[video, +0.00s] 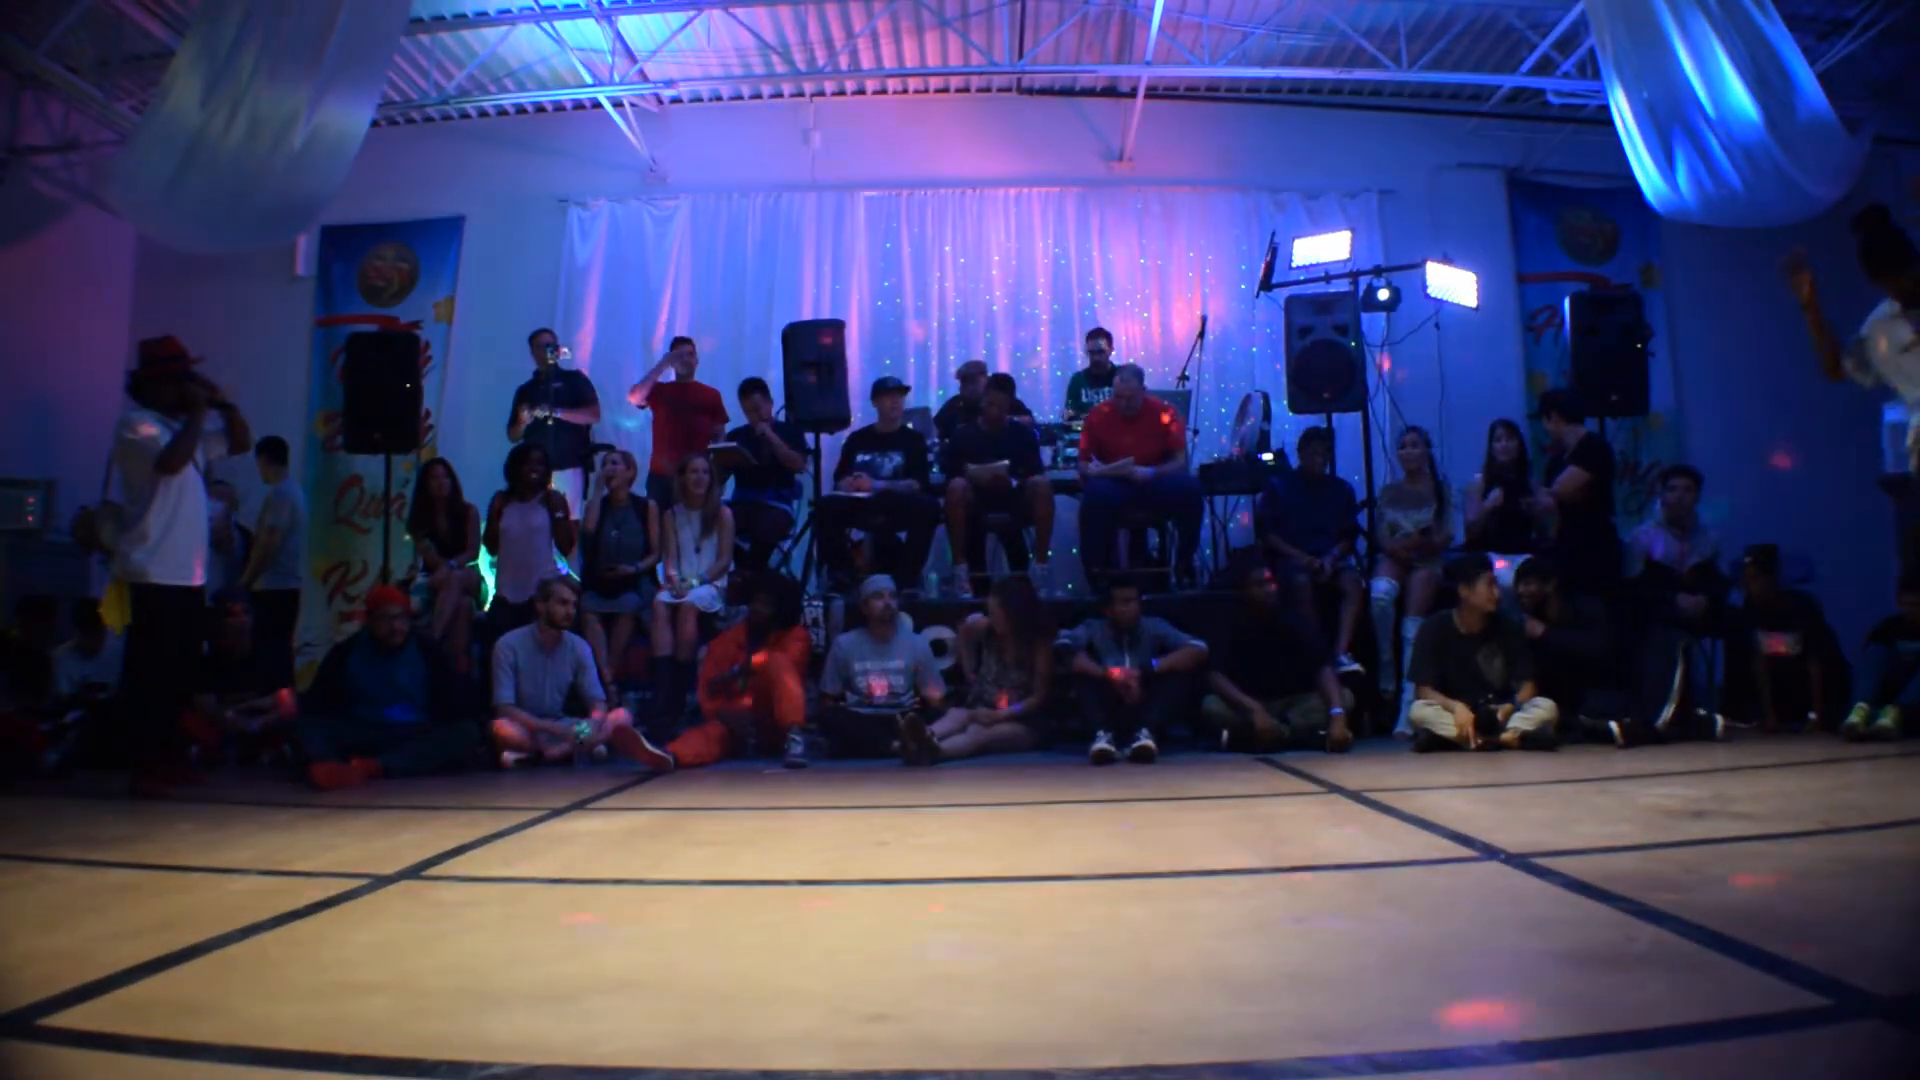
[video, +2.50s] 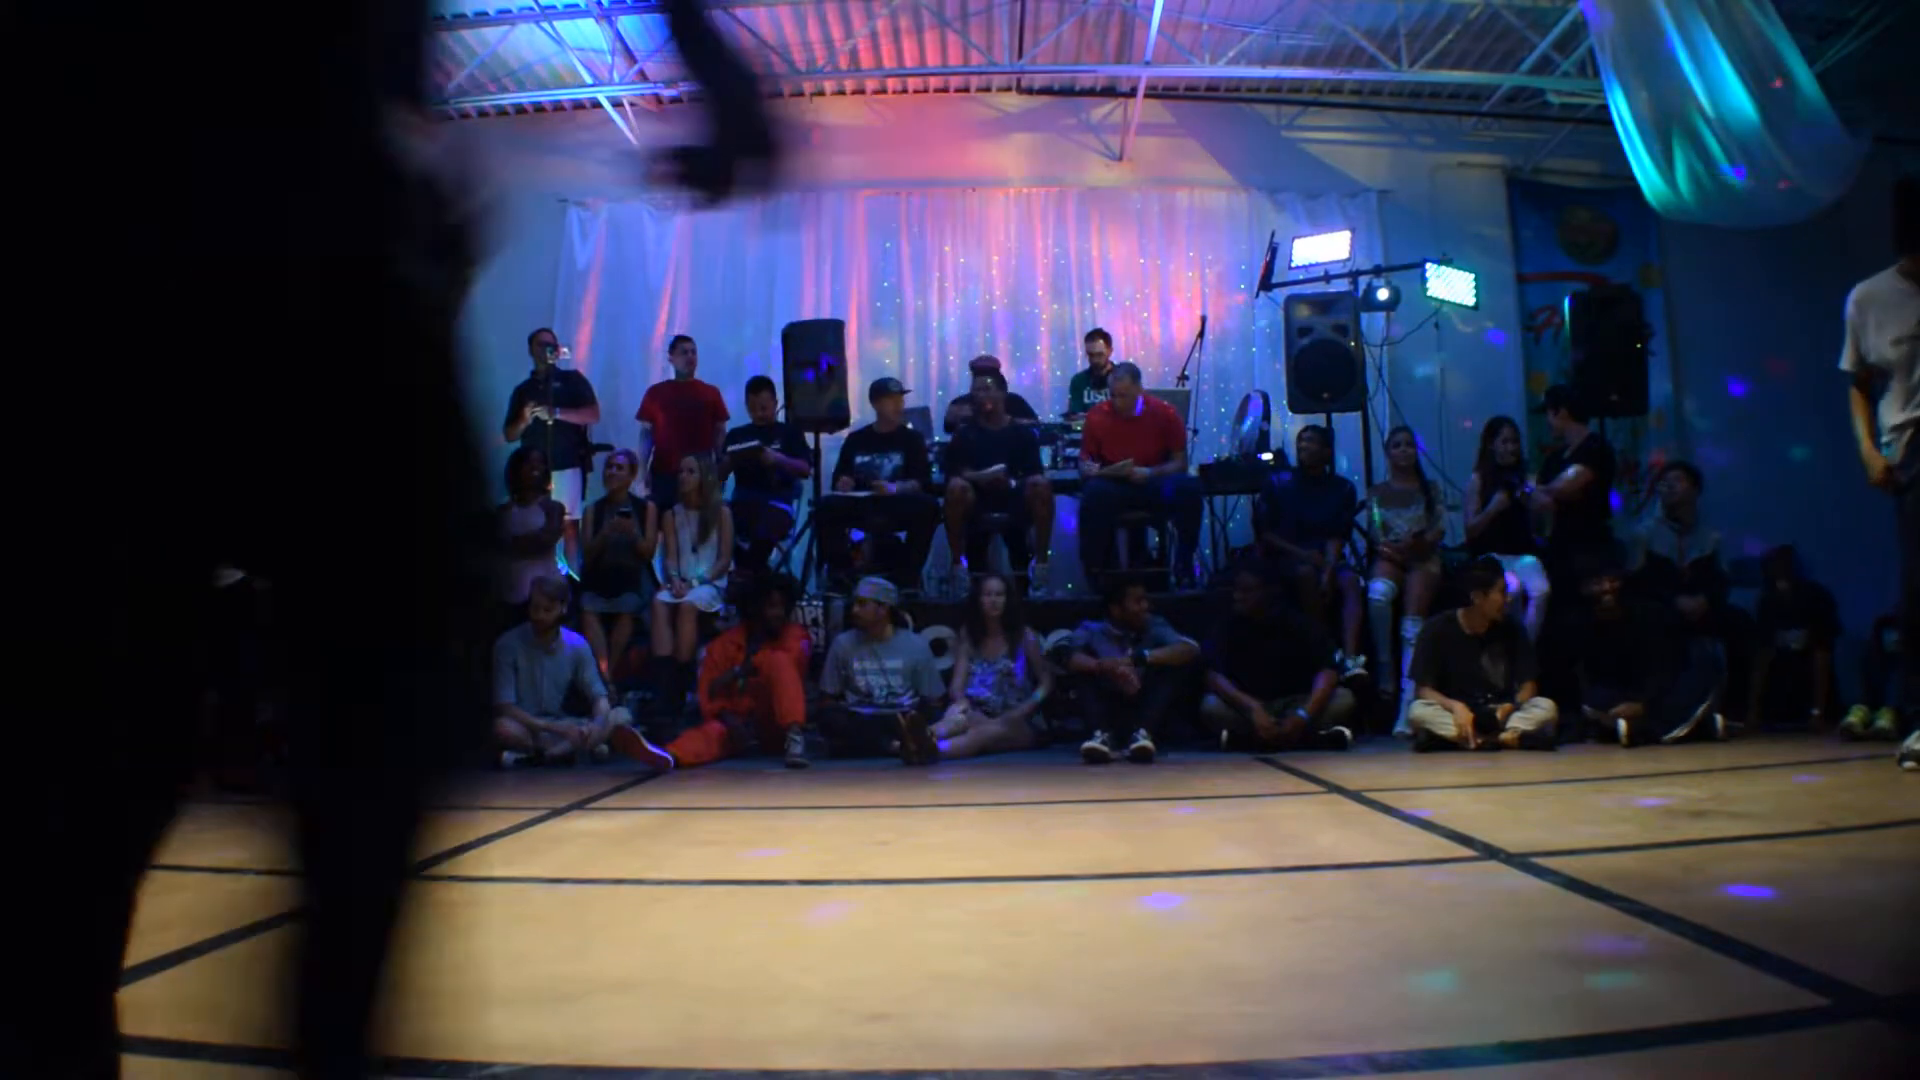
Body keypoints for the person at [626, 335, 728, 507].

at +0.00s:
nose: (685, 360)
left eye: (690, 355)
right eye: (679, 355)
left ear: (696, 360)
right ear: (671, 360)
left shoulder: (711, 395)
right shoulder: (659, 390)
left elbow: (719, 438)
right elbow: (635, 398)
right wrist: (664, 363)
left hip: (697, 480)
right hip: (662, 476)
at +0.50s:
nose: (685, 360)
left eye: (689, 355)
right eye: (680, 355)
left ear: (696, 360)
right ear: (670, 360)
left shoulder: (709, 395)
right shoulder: (659, 391)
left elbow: (718, 437)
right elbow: (636, 398)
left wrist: (717, 481)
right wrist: (666, 364)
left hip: (696, 479)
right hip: (662, 476)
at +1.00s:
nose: (686, 361)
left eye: (690, 356)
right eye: (680, 356)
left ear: (695, 360)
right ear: (669, 361)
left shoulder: (707, 397)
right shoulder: (657, 392)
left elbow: (716, 440)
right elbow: (628, 412)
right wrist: (653, 377)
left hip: (695, 478)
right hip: (661, 475)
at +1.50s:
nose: (677, 361)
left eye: (680, 355)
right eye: (671, 356)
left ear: (685, 360)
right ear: (659, 361)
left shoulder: (699, 395)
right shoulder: (646, 396)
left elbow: (709, 435)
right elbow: (635, 434)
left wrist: (712, 470)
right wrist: (644, 462)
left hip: (691, 477)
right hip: (656, 477)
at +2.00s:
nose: (673, 359)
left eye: (676, 354)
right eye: (667, 355)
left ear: (680, 359)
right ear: (655, 361)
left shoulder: (696, 393)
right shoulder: (642, 397)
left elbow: (707, 435)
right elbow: (630, 440)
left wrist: (709, 472)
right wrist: (624, 479)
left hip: (689, 478)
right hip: (654, 477)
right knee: (652, 536)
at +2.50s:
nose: (690, 357)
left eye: (693, 352)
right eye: (683, 352)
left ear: (697, 356)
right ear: (671, 358)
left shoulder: (711, 393)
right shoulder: (656, 393)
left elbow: (720, 432)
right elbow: (646, 434)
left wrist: (719, 466)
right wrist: (644, 472)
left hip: (702, 475)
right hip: (665, 474)